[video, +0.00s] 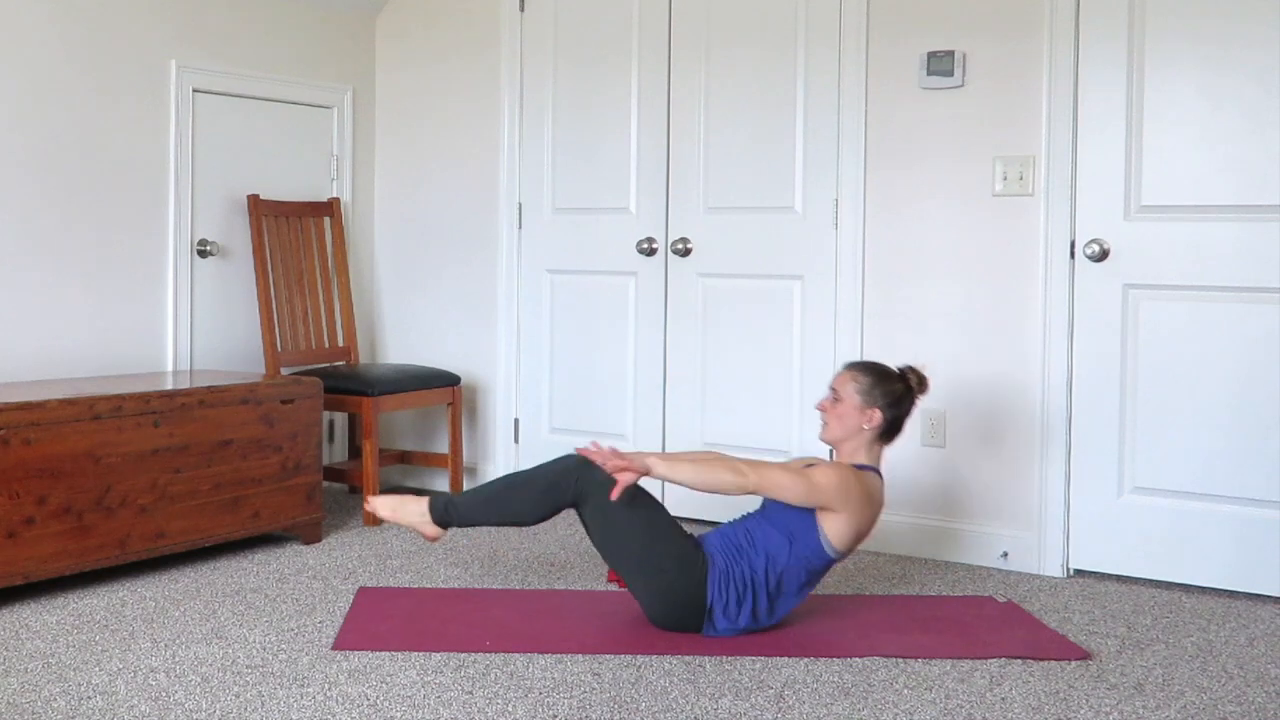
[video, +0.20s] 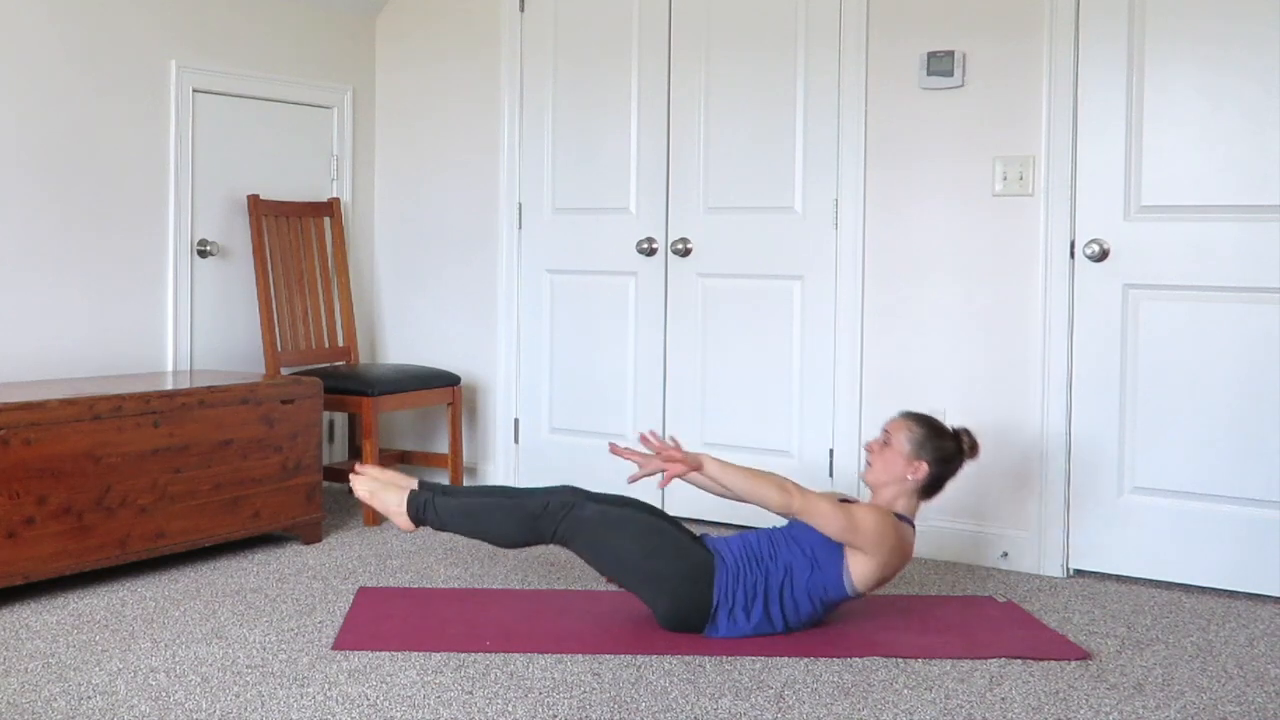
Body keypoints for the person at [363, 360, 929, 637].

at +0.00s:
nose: (823, 408)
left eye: (837, 401)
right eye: (829, 398)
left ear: (871, 422)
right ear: (861, 420)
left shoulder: (851, 486)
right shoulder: (839, 477)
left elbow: (744, 476)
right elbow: (740, 471)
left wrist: (643, 465)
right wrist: (644, 461)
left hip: (699, 594)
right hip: (698, 573)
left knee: (583, 471)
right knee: (588, 466)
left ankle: (436, 513)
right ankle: (444, 510)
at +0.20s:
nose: (869, 452)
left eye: (885, 447)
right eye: (878, 442)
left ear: (916, 474)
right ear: (910, 474)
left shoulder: (879, 530)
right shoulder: (878, 522)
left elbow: (784, 497)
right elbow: (785, 497)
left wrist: (694, 463)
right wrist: (697, 468)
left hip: (704, 587)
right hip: (706, 569)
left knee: (562, 511)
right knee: (565, 501)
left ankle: (413, 503)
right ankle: (417, 499)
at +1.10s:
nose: (829, 394)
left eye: (843, 389)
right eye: (837, 383)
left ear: (874, 415)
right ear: (863, 410)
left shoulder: (855, 484)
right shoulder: (826, 461)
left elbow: (753, 485)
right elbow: (738, 467)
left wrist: (655, 482)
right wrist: (649, 474)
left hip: (712, 597)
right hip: (707, 572)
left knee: (601, 457)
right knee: (605, 453)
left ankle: (459, 494)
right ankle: (461, 481)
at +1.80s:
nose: (893, 454)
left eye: (910, 453)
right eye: (903, 445)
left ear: (933, 484)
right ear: (920, 477)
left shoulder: (886, 540)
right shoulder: (876, 518)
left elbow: (795, 509)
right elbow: (789, 500)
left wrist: (705, 467)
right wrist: (704, 471)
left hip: (712, 590)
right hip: (715, 567)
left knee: (583, 490)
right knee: (584, 486)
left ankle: (427, 480)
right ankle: (443, 465)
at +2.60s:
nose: (855, 412)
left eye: (870, 408)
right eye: (863, 402)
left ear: (901, 433)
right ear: (884, 425)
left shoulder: (876, 497)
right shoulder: (843, 474)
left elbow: (778, 511)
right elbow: (749, 479)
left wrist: (677, 513)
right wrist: (662, 478)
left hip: (718, 595)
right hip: (716, 567)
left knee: (603, 467)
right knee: (602, 465)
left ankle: (456, 488)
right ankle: (461, 484)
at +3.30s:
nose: (905, 468)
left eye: (922, 467)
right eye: (914, 459)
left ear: (947, 499)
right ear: (925, 484)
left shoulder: (898, 553)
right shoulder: (880, 520)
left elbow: (803, 520)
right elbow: (792, 502)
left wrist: (718, 488)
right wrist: (704, 477)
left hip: (719, 589)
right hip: (724, 561)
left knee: (595, 480)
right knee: (599, 479)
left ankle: (444, 489)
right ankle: (455, 486)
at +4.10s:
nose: (844, 409)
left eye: (859, 402)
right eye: (851, 398)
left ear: (893, 424)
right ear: (880, 419)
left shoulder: (872, 489)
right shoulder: (849, 470)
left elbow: (767, 491)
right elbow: (759, 482)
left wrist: (670, 493)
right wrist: (667, 489)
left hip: (718, 597)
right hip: (717, 573)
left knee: (603, 467)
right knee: (605, 463)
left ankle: (463, 519)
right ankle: (469, 515)